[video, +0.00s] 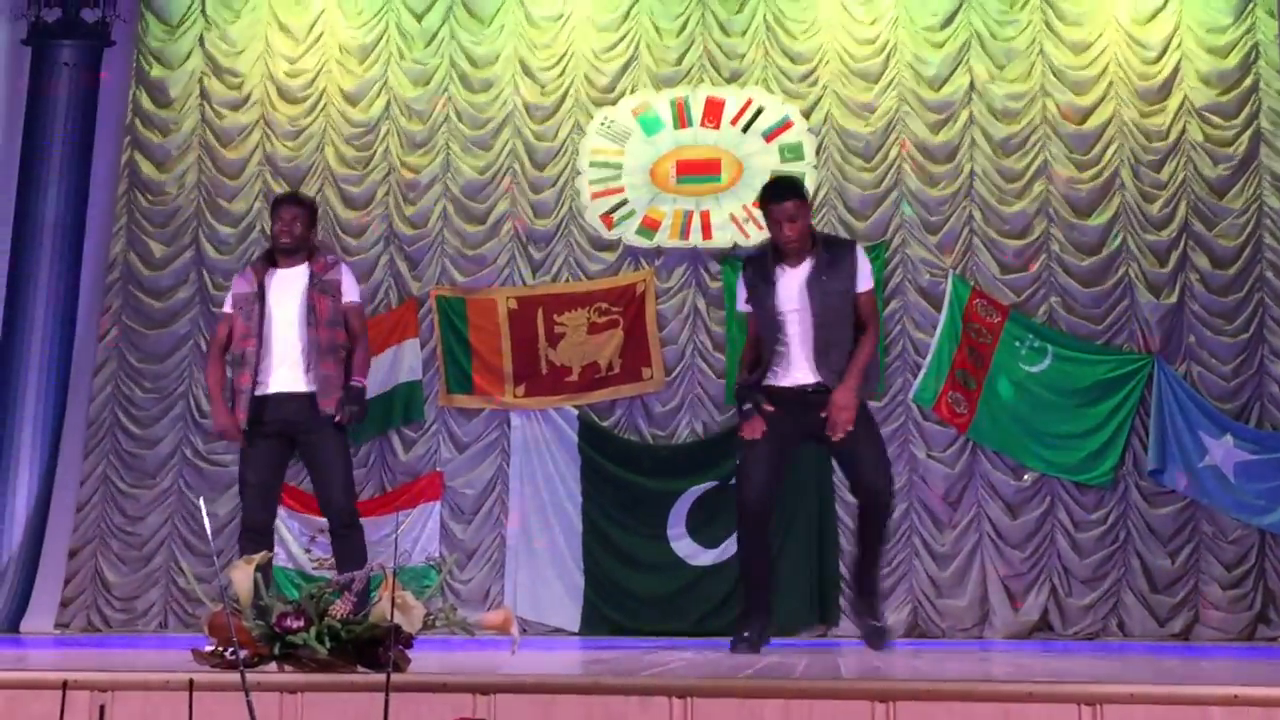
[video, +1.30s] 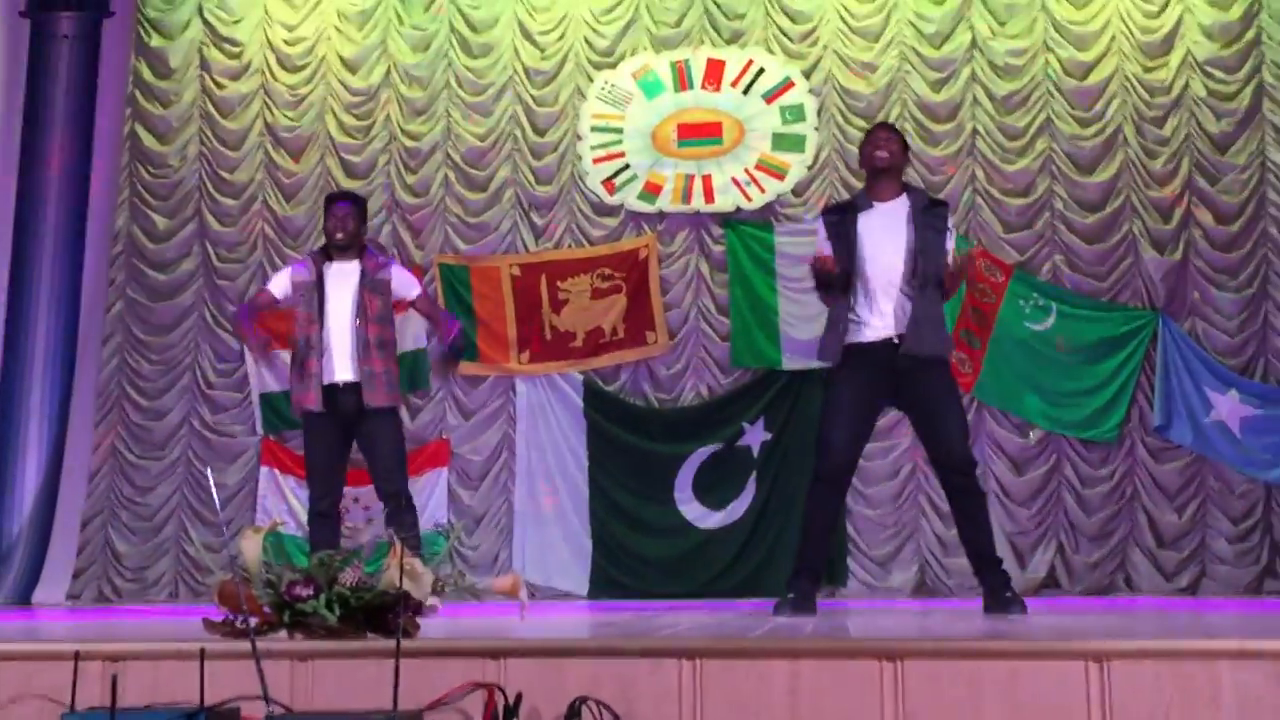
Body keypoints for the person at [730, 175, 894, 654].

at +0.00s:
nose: (788, 230)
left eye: (796, 218)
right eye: (778, 221)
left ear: (810, 215)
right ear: (765, 223)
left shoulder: (848, 257)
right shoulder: (754, 272)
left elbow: (870, 328)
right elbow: (754, 343)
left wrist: (850, 388)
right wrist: (746, 399)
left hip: (834, 399)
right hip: (774, 402)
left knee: (877, 493)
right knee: (752, 503)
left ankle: (865, 599)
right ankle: (754, 620)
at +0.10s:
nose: (807, 235)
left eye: (814, 224)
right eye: (797, 227)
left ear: (828, 219)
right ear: (783, 226)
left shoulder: (864, 257)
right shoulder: (772, 273)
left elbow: (886, 325)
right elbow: (774, 341)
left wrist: (873, 386)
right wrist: (770, 396)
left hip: (860, 399)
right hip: (799, 403)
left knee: (891, 501)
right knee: (775, 503)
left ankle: (896, 619)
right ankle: (771, 622)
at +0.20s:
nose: (833, 220)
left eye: (840, 210)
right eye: (824, 212)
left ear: (853, 204)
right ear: (811, 210)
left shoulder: (889, 239)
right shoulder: (795, 256)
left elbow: (912, 307)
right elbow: (794, 326)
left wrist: (910, 364)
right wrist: (798, 383)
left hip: (885, 382)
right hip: (827, 387)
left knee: (914, 482)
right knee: (816, 479)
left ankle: (907, 600)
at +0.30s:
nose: (871, 202)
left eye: (879, 193)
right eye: (863, 195)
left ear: (892, 189)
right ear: (850, 193)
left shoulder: (919, 226)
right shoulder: (828, 239)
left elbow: (939, 289)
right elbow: (823, 309)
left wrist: (945, 343)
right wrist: (836, 369)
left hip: (918, 368)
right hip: (863, 375)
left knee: (962, 461)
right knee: (878, 480)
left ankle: (967, 577)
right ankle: (911, 585)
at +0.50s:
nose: (912, 155)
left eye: (920, 145)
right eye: (902, 146)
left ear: (930, 146)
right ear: (885, 148)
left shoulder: (956, 190)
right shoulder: (862, 200)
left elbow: (966, 260)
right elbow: (856, 272)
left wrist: (981, 306)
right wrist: (857, 331)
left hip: (951, 334)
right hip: (891, 339)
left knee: (980, 444)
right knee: (892, 448)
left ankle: (1012, 561)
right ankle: (911, 553)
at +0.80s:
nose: (926, 121)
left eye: (935, 112)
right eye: (917, 114)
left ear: (950, 121)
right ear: (906, 124)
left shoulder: (984, 177)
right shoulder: (885, 188)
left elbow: (997, 257)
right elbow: (880, 266)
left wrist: (974, 262)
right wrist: (893, 270)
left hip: (969, 325)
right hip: (910, 325)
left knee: (996, 438)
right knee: (872, 433)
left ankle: (1022, 557)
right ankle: (835, 551)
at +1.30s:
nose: (881, 149)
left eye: (890, 144)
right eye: (873, 144)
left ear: (906, 159)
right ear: (860, 160)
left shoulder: (934, 213)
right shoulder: (836, 217)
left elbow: (939, 289)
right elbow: (833, 293)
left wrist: (953, 276)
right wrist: (828, 277)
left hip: (919, 356)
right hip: (858, 358)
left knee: (958, 467)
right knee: (832, 469)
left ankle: (996, 587)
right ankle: (803, 589)